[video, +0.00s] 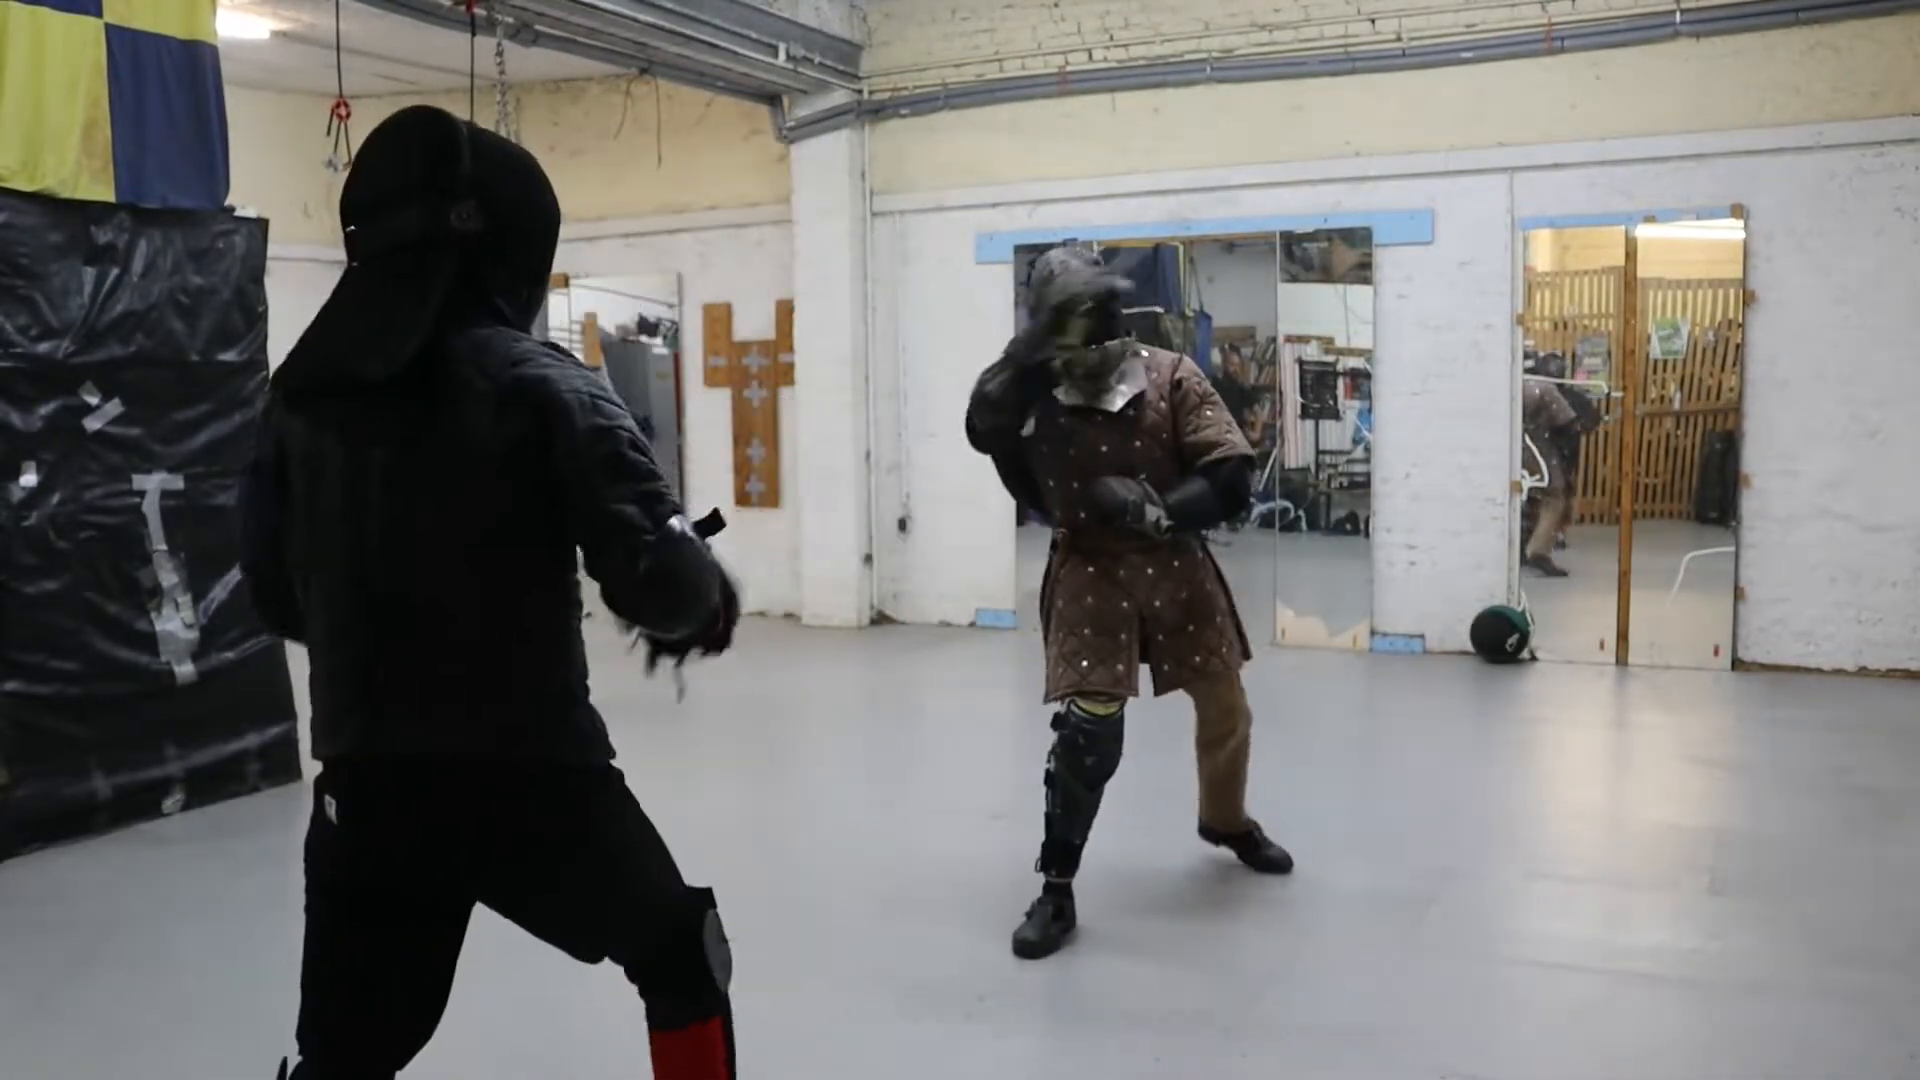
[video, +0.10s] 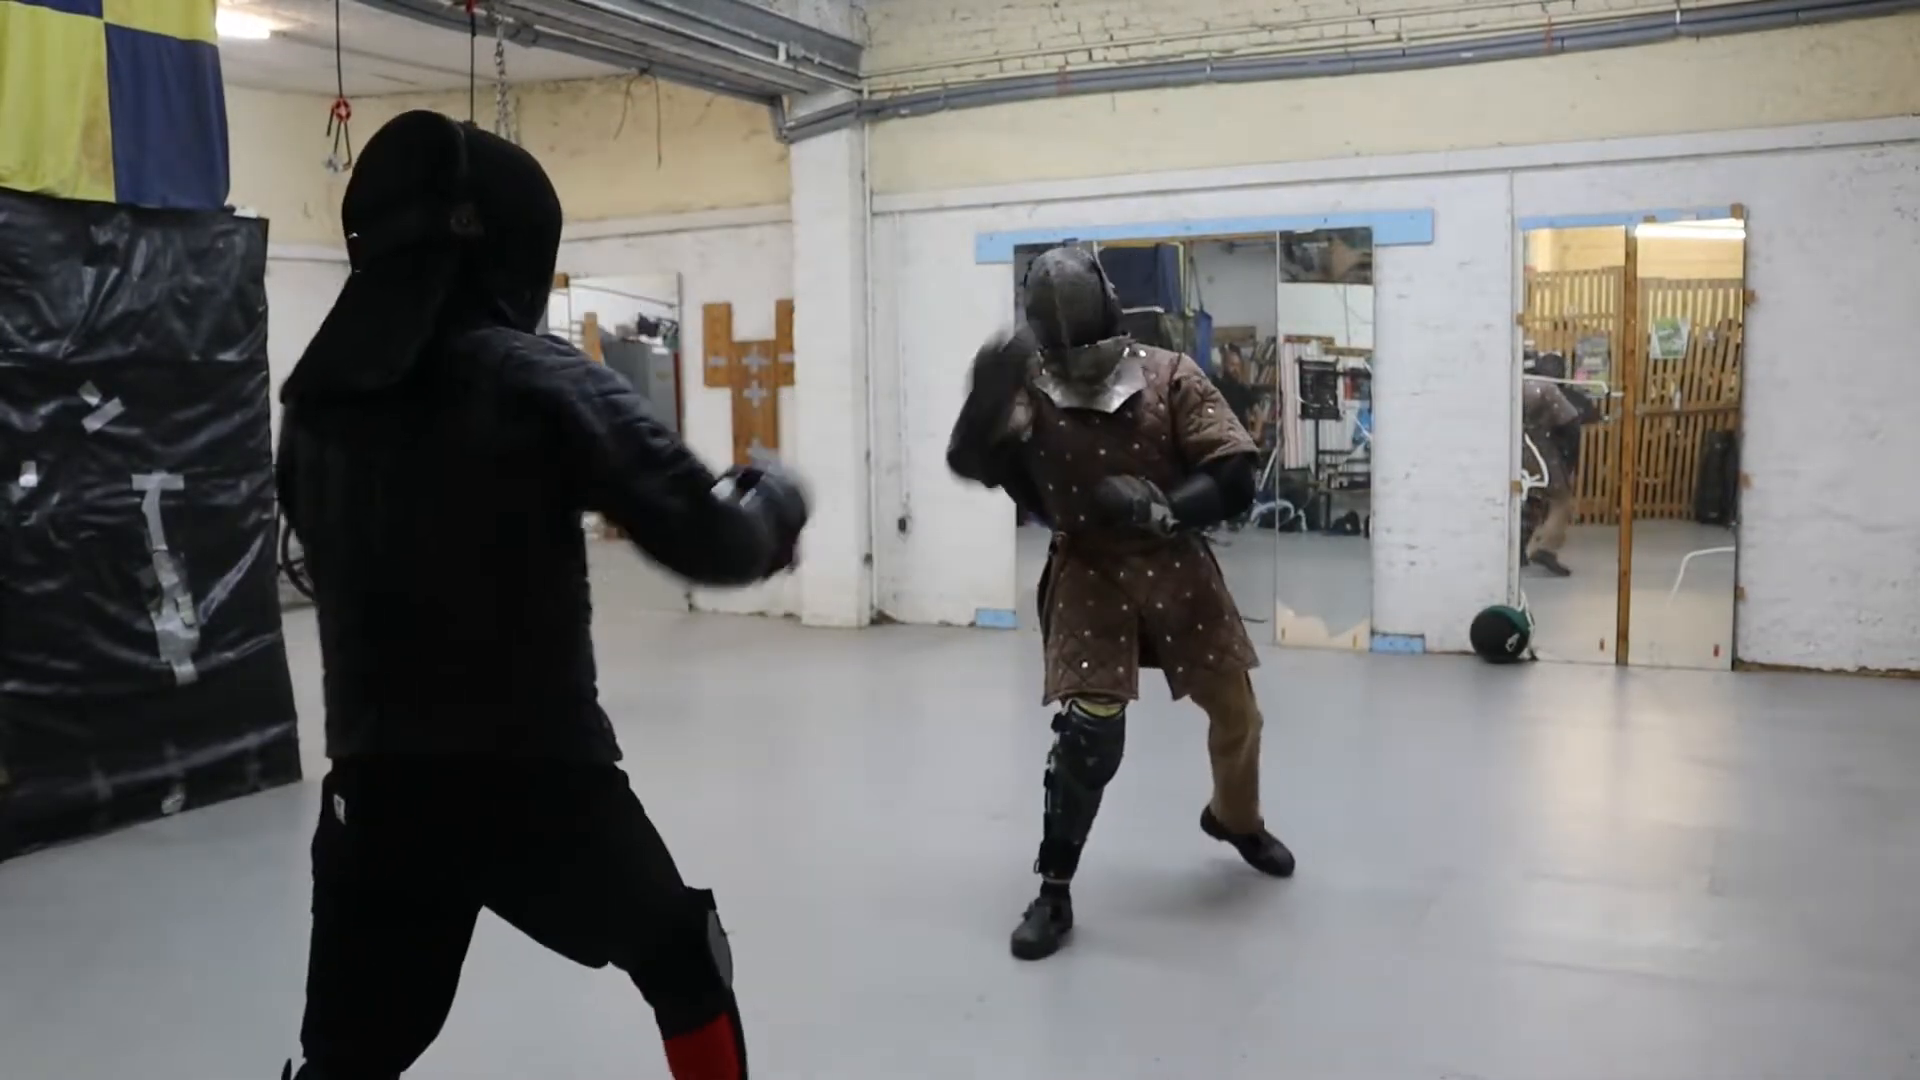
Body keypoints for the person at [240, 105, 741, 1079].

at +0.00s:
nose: (546, 269)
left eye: (543, 245)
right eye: (540, 247)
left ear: (371, 247)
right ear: (510, 251)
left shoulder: (301, 395)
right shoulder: (545, 389)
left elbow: (276, 591)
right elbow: (658, 584)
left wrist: (389, 621)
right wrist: (706, 598)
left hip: (373, 794)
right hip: (537, 787)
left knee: (337, 1057)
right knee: (679, 954)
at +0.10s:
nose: (550, 272)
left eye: (545, 246)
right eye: (541, 247)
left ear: (373, 245)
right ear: (505, 252)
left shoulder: (319, 395)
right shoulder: (540, 380)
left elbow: (324, 559)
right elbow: (715, 543)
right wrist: (772, 500)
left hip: (383, 798)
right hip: (543, 790)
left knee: (339, 1058)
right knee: (682, 957)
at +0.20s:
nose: (574, 268)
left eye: (568, 241)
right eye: (564, 243)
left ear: (406, 255)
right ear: (538, 253)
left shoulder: (357, 406)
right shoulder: (576, 381)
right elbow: (783, 460)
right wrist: (856, 401)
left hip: (412, 802)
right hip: (572, 795)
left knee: (359, 1056)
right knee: (698, 959)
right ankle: (756, 1073)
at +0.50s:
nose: (694, 264)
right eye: (684, 244)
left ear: (550, 258)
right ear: (666, 256)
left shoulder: (471, 402)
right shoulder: (710, 390)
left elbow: (435, 580)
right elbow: (873, 511)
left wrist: (540, 602)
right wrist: (938, 466)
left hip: (535, 755)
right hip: (683, 748)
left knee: (485, 995)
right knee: (771, 921)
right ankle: (794, 1071)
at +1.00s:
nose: (764, 264)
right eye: (758, 246)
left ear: (633, 254)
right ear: (752, 259)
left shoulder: (568, 378)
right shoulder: (792, 392)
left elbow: (412, 496)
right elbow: (890, 563)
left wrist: (542, 501)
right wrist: (940, 545)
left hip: (622, 738)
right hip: (758, 738)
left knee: (554, 988)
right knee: (792, 914)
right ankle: (796, 1072)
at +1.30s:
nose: (793, 256)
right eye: (789, 238)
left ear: (666, 245)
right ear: (781, 247)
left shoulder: (604, 372)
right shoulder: (825, 383)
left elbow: (466, 518)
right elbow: (895, 551)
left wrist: (476, 636)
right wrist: (940, 668)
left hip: (662, 704)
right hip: (797, 702)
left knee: (645, 942)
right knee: (833, 856)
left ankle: (685, 1075)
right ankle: (822, 1063)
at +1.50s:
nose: (831, 278)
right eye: (828, 261)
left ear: (716, 260)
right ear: (820, 267)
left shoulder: (659, 365)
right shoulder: (858, 396)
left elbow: (495, 425)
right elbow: (938, 542)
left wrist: (560, 597)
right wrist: (1019, 601)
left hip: (701, 701)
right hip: (819, 700)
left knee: (678, 933)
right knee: (865, 861)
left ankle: (696, 1074)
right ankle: (905, 1032)